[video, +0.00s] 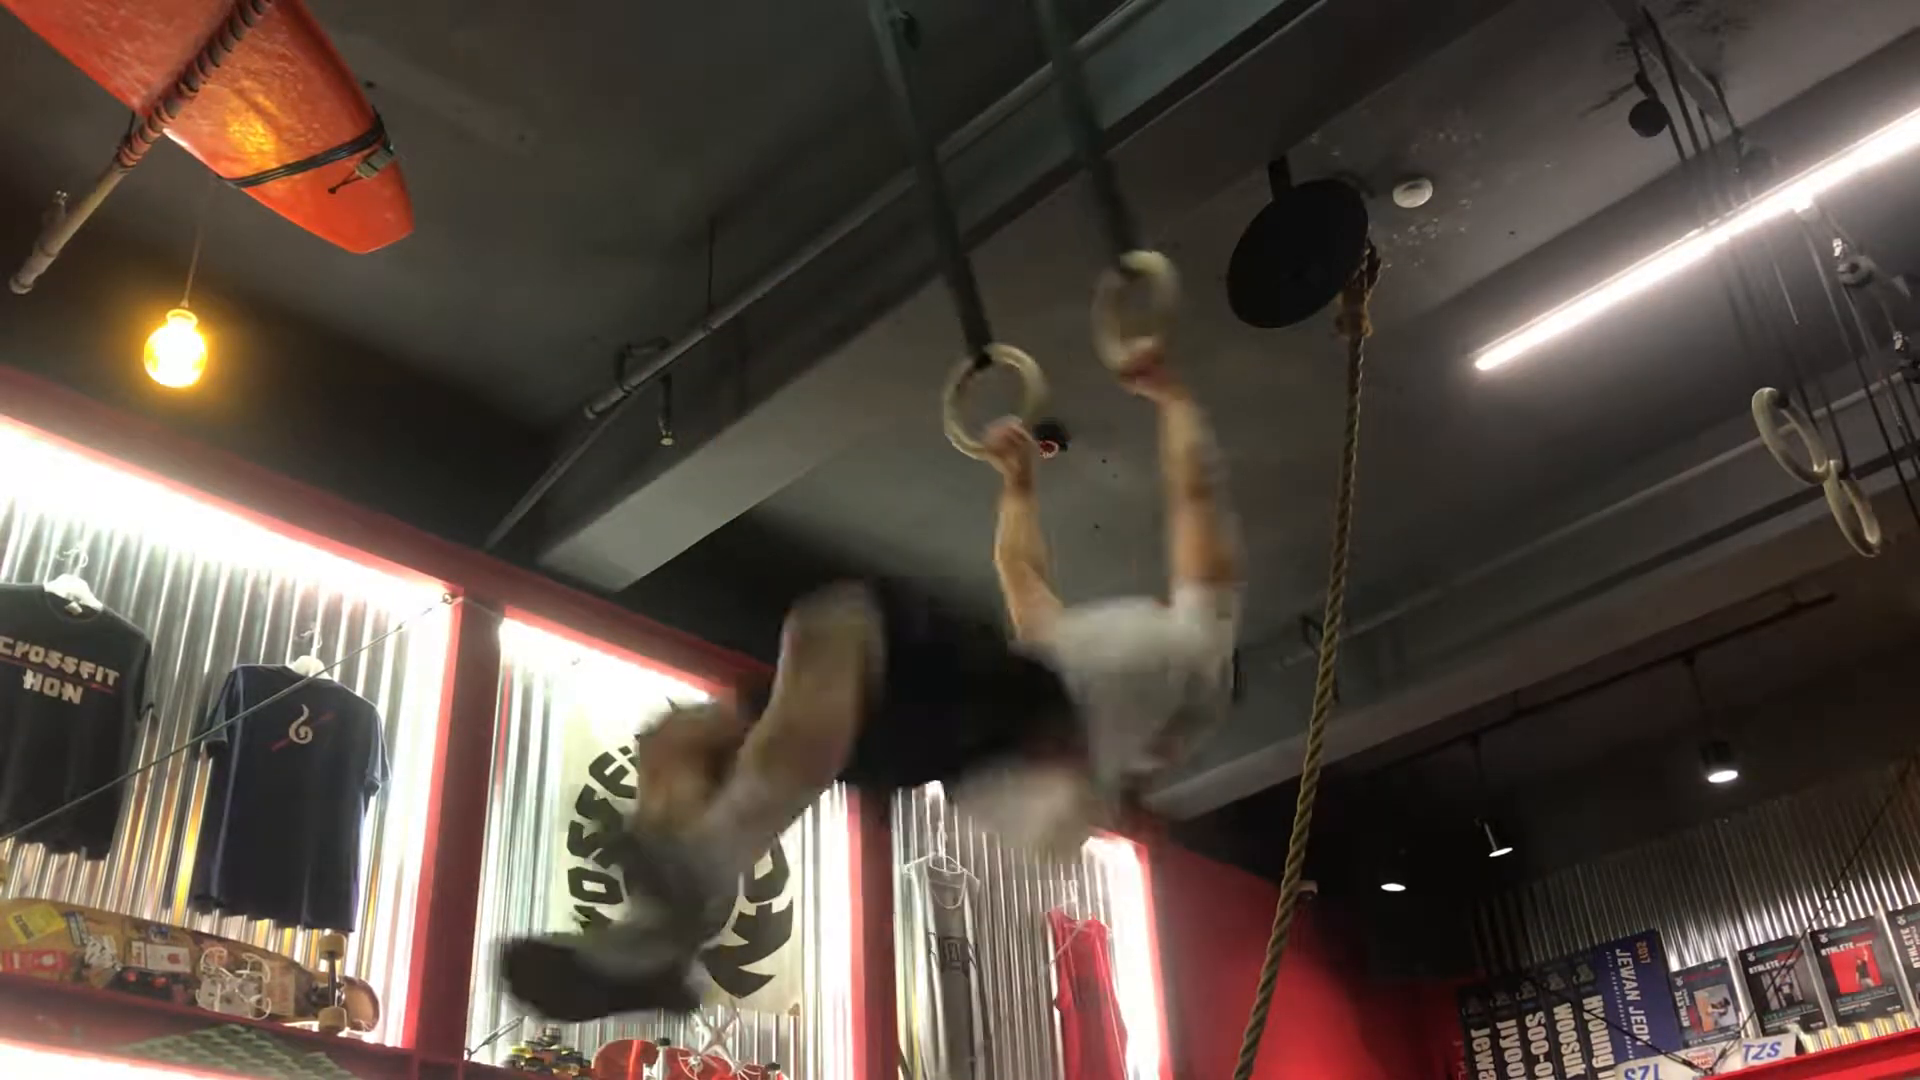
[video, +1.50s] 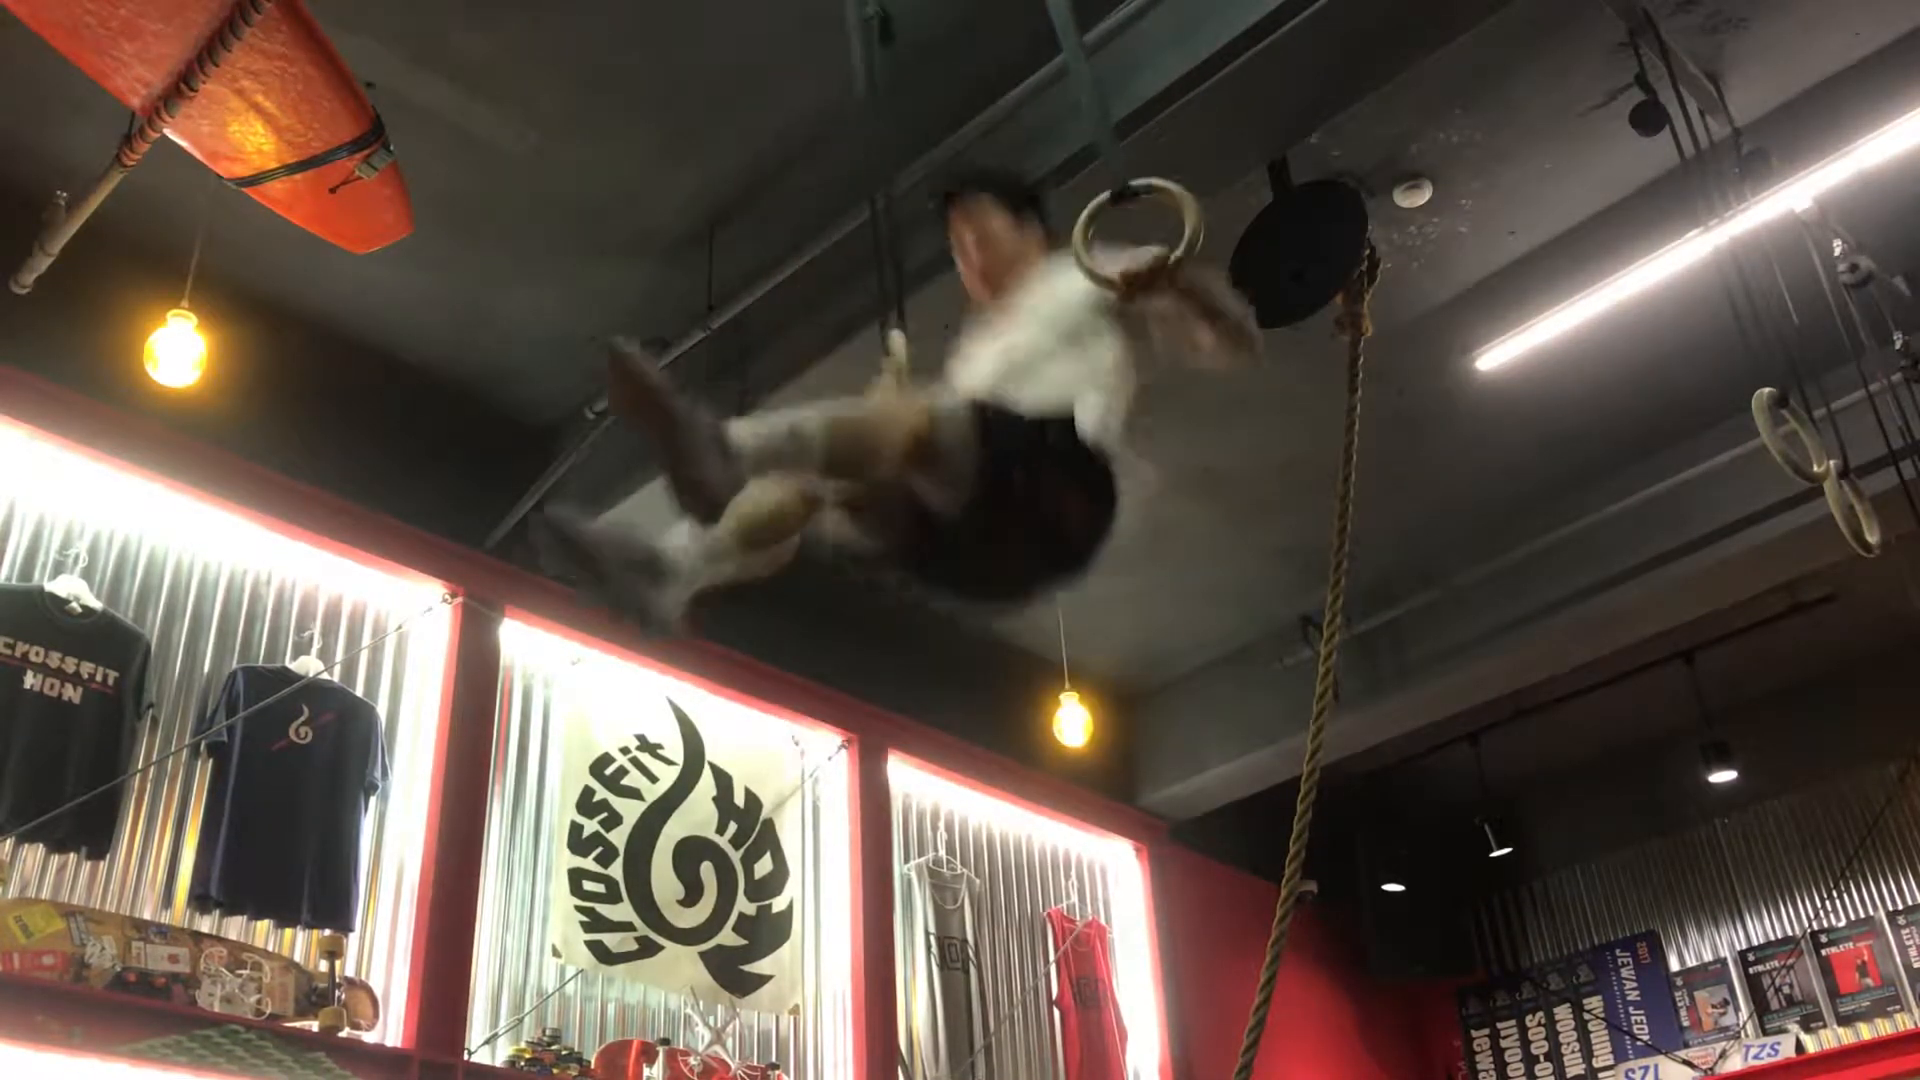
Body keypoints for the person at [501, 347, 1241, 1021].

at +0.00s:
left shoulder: (1199, 649)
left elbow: (1196, 503)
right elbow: (1024, 580)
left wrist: (1170, 392)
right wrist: (1016, 477)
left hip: (1041, 709)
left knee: (841, 621)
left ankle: (710, 861)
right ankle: (654, 949)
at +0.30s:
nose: (975, 233)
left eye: (990, 217)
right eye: (967, 228)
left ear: (1034, 225)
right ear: (968, 251)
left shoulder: (1092, 289)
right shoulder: (963, 325)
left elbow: (1201, 364)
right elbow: (876, 425)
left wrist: (1116, 301)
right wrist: (870, 364)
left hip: (1011, 454)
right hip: (908, 478)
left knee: (878, 267)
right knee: (687, 425)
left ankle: (963, 516)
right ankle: (854, 573)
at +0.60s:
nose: (781, 164)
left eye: (794, 137)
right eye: (768, 154)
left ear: (852, 126)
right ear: (763, 164)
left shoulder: (943, 157)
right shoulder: (808, 252)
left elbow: (1067, 152)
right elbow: (845, 307)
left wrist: (1068, 242)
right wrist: (872, 370)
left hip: (1055, 380)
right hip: (962, 426)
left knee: (973, 475)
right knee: (885, 534)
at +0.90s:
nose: (738, 21)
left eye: (761, 4)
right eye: (736, 10)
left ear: (815, 13)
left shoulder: (888, 61)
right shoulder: (758, 173)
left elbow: (1017, 115)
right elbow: (827, 268)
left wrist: (997, 192)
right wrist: (808, 339)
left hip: (1021, 293)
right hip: (927, 348)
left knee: (974, 389)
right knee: (884, 420)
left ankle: (1108, 454)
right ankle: (1038, 497)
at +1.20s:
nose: (838, 12)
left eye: (843, 5)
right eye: (836, 9)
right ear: (843, 16)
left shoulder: (958, 21)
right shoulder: (839, 114)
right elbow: (853, 250)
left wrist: (1014, 210)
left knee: (934, 281)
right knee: (854, 310)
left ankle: (979, 482)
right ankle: (893, 521)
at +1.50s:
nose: (968, 252)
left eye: (979, 230)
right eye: (957, 243)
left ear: (1024, 223)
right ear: (960, 261)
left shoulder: (1090, 272)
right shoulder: (973, 361)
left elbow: (1235, 347)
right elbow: (924, 443)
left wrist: (1179, 287)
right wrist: (891, 418)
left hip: (1063, 485)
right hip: (985, 554)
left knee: (913, 426)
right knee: (798, 495)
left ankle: (736, 450)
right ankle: (663, 581)